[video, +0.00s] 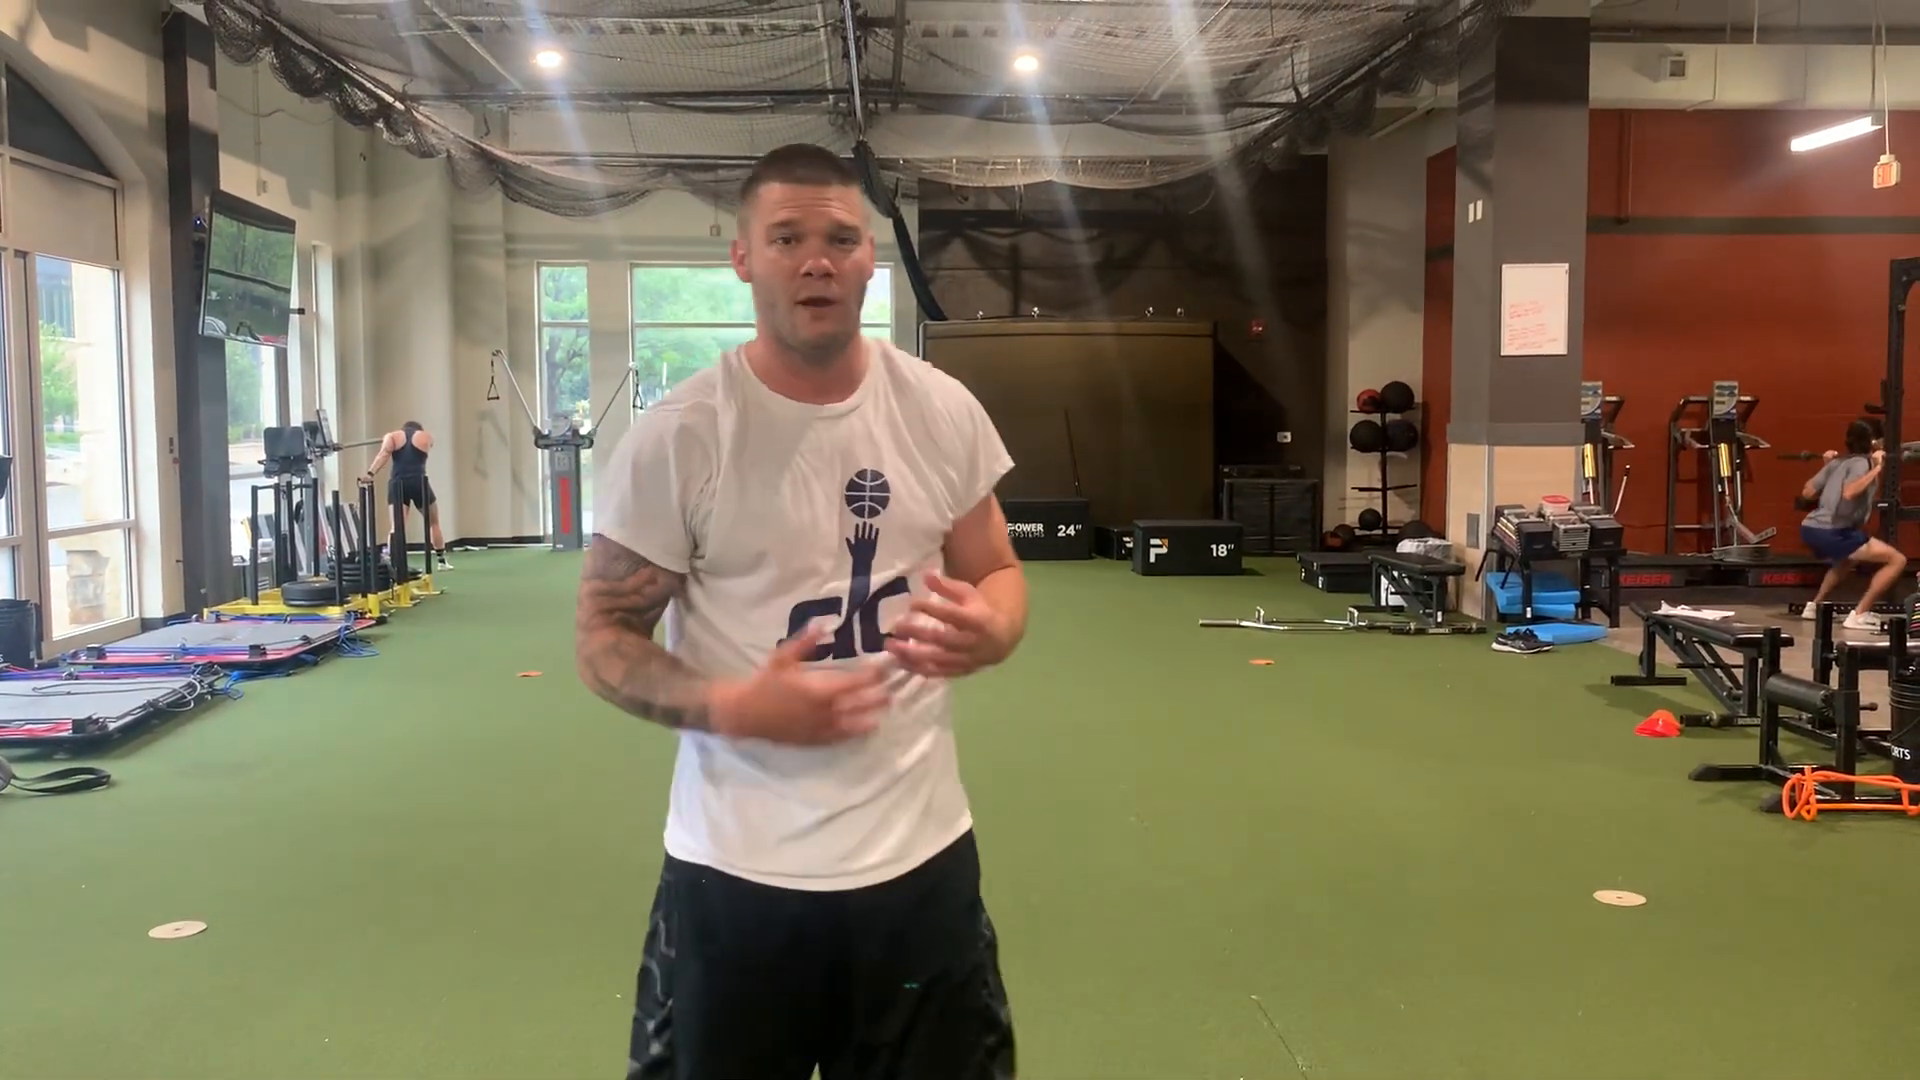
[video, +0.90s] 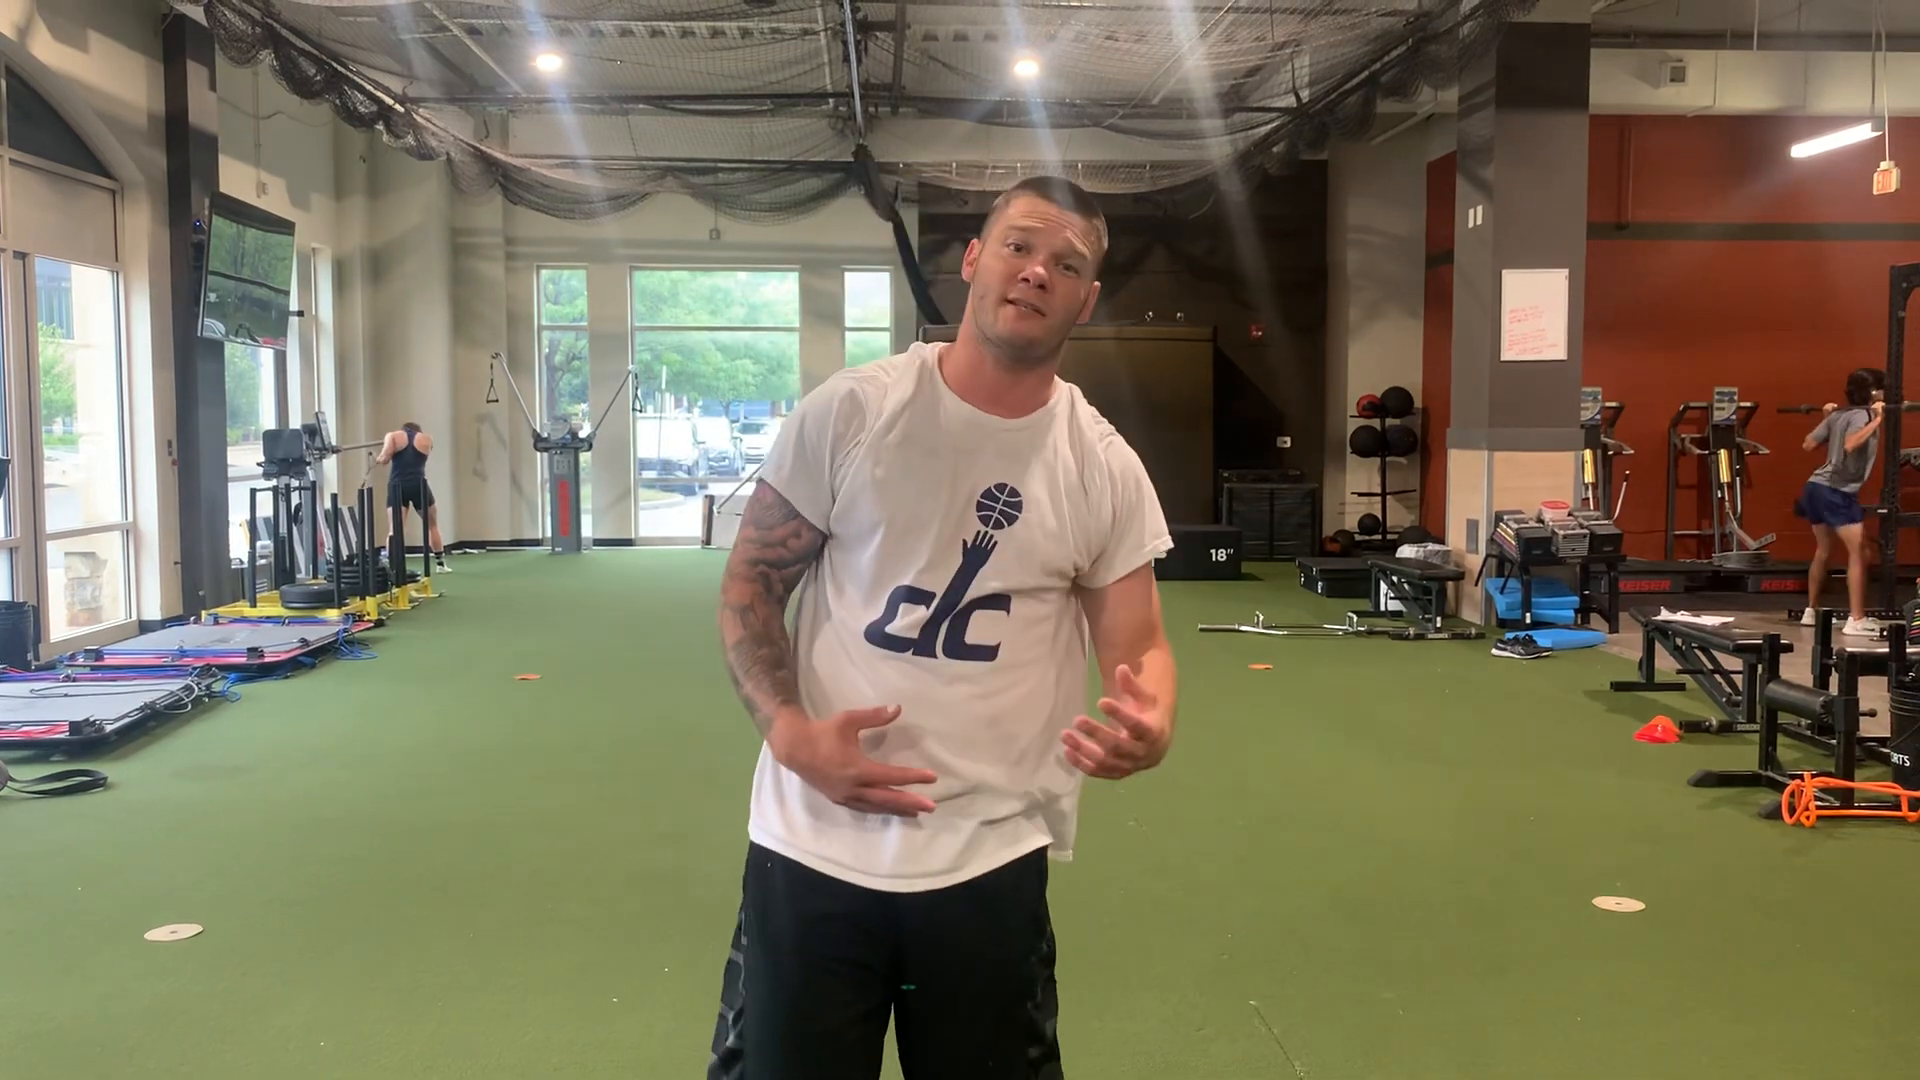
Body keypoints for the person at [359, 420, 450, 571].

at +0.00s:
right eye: (421, 430)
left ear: (403, 428)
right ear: (419, 429)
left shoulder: (392, 436)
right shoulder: (426, 436)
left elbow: (384, 455)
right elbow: (429, 445)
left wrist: (370, 473)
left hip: (397, 484)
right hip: (418, 483)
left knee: (396, 525)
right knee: (433, 522)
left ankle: (390, 559)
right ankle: (442, 560)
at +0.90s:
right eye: (418, 432)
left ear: (403, 429)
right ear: (418, 431)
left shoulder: (392, 436)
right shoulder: (426, 439)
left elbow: (384, 458)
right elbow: (424, 456)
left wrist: (378, 459)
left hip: (397, 485)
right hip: (419, 484)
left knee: (394, 528)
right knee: (432, 525)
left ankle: (388, 561)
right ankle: (440, 563)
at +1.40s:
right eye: (422, 435)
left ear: (405, 432)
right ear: (421, 433)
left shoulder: (394, 440)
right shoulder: (429, 443)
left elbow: (385, 462)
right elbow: (422, 461)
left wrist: (376, 473)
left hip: (399, 488)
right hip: (420, 487)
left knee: (396, 532)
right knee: (433, 528)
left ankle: (392, 567)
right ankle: (442, 566)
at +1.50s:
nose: (423, 436)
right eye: (423, 433)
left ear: (405, 432)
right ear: (421, 432)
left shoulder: (394, 441)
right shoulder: (429, 443)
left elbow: (386, 464)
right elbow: (424, 465)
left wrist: (375, 480)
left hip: (400, 489)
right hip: (421, 488)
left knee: (397, 532)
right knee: (434, 528)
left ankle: (393, 567)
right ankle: (443, 567)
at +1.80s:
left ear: (405, 430)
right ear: (422, 430)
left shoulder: (396, 444)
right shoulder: (431, 445)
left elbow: (388, 468)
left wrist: (375, 488)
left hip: (402, 491)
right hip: (422, 490)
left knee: (398, 534)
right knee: (435, 529)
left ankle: (394, 569)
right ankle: (444, 568)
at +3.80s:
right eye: (427, 435)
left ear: (413, 436)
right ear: (429, 436)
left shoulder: (403, 452)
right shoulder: (437, 454)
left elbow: (395, 476)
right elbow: (434, 472)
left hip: (409, 499)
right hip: (430, 498)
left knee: (407, 543)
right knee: (444, 538)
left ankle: (402, 577)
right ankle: (453, 576)